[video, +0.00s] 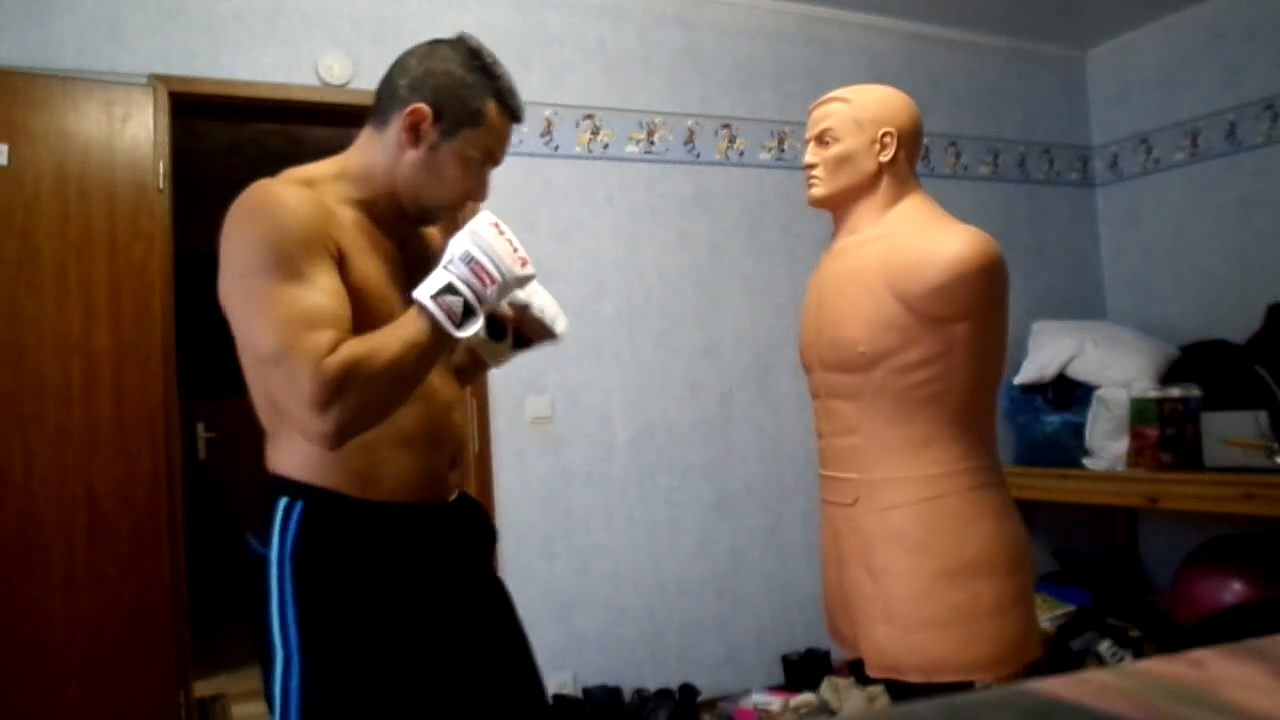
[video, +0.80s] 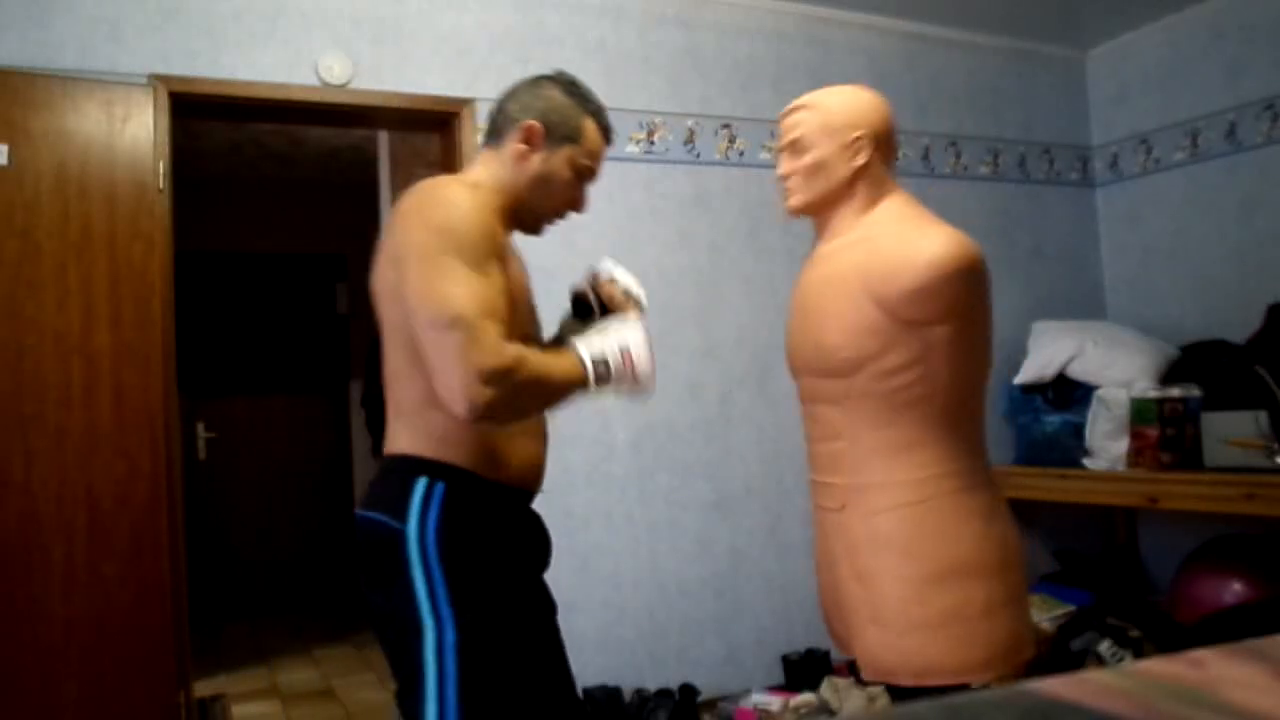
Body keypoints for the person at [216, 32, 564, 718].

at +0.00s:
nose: (482, 192)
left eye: (491, 168)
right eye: (481, 162)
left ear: (414, 130)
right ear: (416, 128)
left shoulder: (431, 231)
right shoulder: (277, 212)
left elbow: (438, 380)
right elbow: (322, 404)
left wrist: (496, 340)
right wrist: (451, 300)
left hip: (448, 542)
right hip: (339, 554)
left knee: (509, 711)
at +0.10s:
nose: (507, 188)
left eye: (516, 162)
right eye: (504, 156)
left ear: (434, 129)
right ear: (436, 126)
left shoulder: (459, 226)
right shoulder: (290, 211)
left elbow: (440, 373)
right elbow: (314, 403)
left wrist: (524, 343)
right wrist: (452, 300)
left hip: (464, 553)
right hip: (344, 561)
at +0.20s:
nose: (545, 195)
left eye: (552, 170)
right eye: (538, 166)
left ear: (469, 139)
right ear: (468, 136)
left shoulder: (508, 239)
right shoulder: (317, 219)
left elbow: (564, 320)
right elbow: (289, 407)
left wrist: (661, 328)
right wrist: (438, 327)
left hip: (473, 554)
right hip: (350, 559)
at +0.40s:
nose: (614, 220)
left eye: (622, 197)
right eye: (613, 191)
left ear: (557, 166)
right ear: (560, 164)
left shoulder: (526, 262)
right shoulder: (460, 222)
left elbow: (563, 388)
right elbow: (411, 373)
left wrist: (670, 372)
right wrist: (559, 348)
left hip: (491, 538)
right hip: (423, 532)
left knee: (545, 704)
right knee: (400, 709)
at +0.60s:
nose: (608, 218)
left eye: (617, 198)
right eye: (610, 192)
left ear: (557, 158)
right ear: (565, 161)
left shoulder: (463, 225)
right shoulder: (528, 221)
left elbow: (513, 382)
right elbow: (635, 371)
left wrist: (594, 361)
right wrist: (716, 373)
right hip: (472, 530)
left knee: (540, 707)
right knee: (469, 709)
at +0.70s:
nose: (602, 210)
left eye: (610, 191)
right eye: (602, 184)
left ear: (551, 155)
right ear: (555, 154)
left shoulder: (468, 213)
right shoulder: (490, 216)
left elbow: (481, 376)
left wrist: (582, 354)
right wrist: (631, 413)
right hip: (461, 523)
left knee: (531, 704)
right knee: (481, 709)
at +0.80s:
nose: (581, 201)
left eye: (589, 180)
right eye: (580, 173)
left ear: (526, 146)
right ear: (528, 143)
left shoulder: (487, 232)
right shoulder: (446, 210)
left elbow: (505, 378)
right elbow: (475, 384)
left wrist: (578, 326)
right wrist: (593, 362)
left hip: (488, 518)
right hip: (440, 520)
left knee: (538, 706)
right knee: (466, 710)